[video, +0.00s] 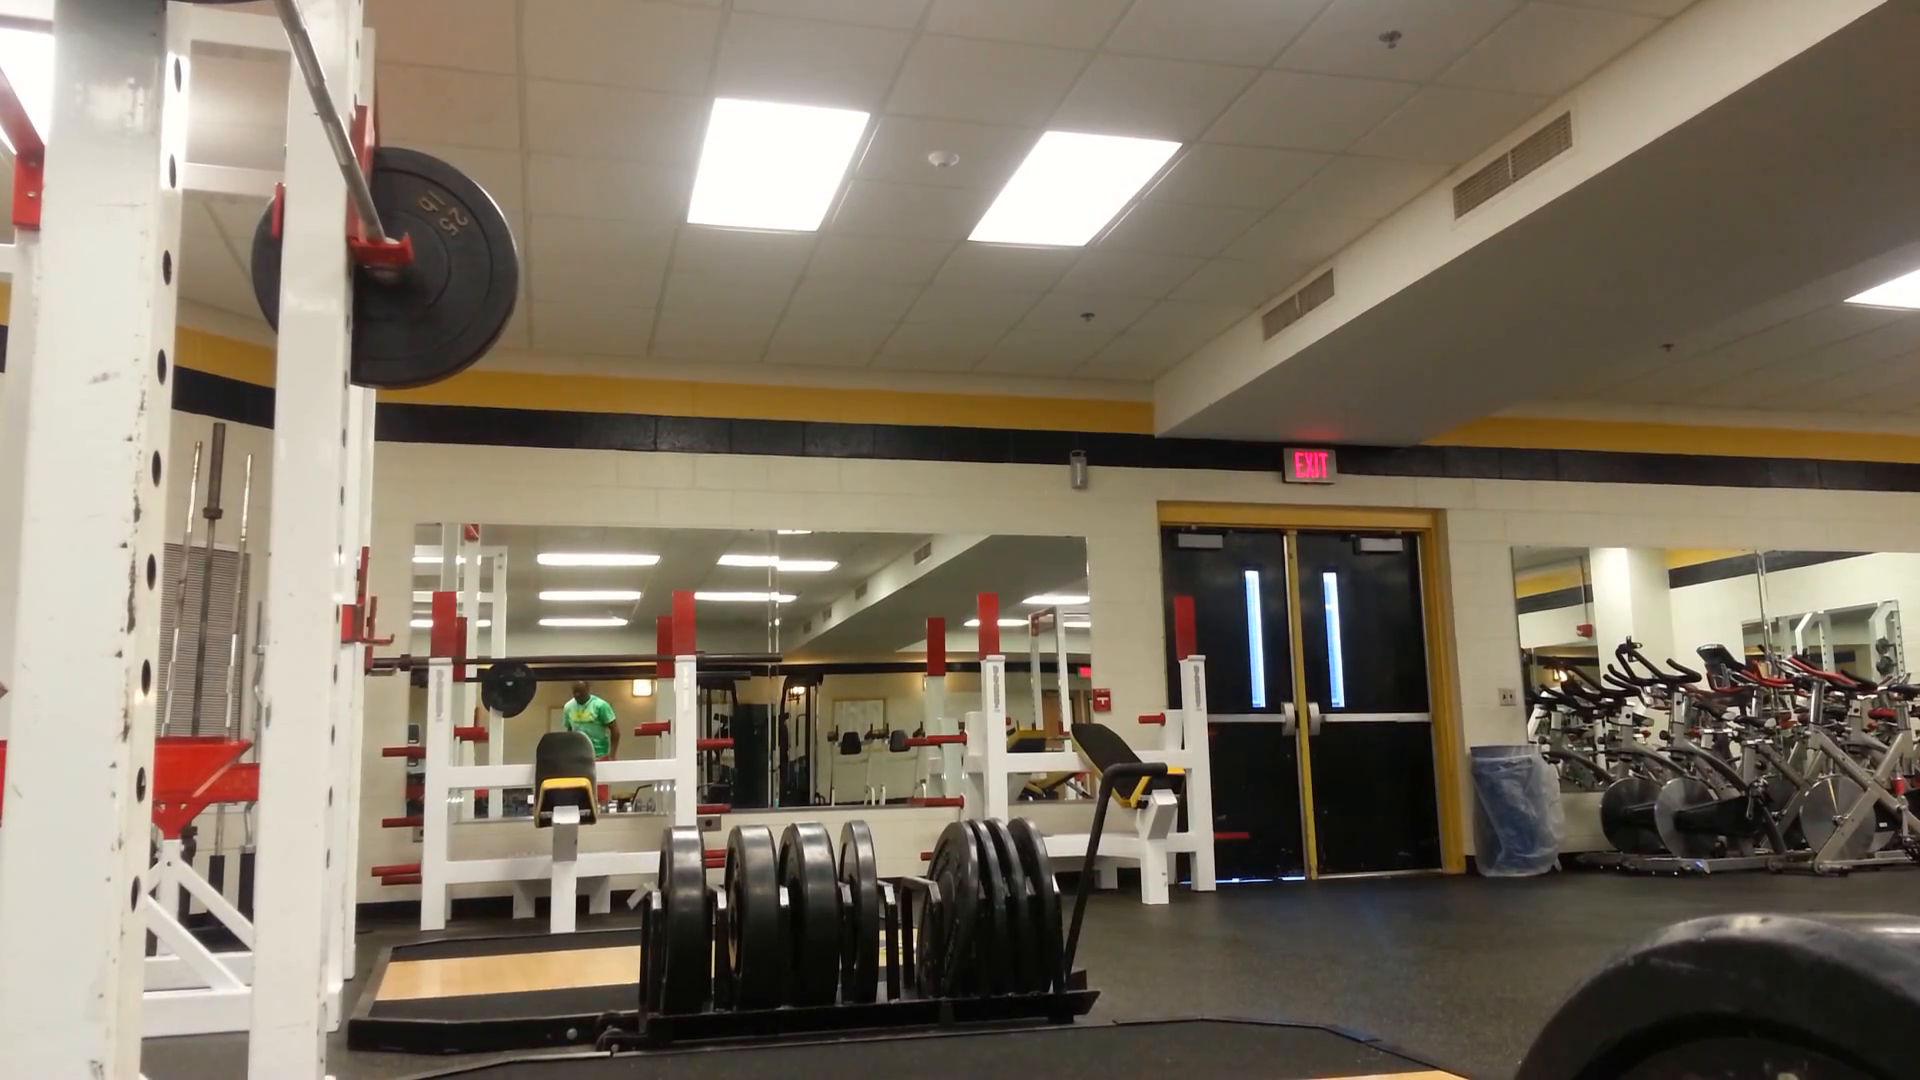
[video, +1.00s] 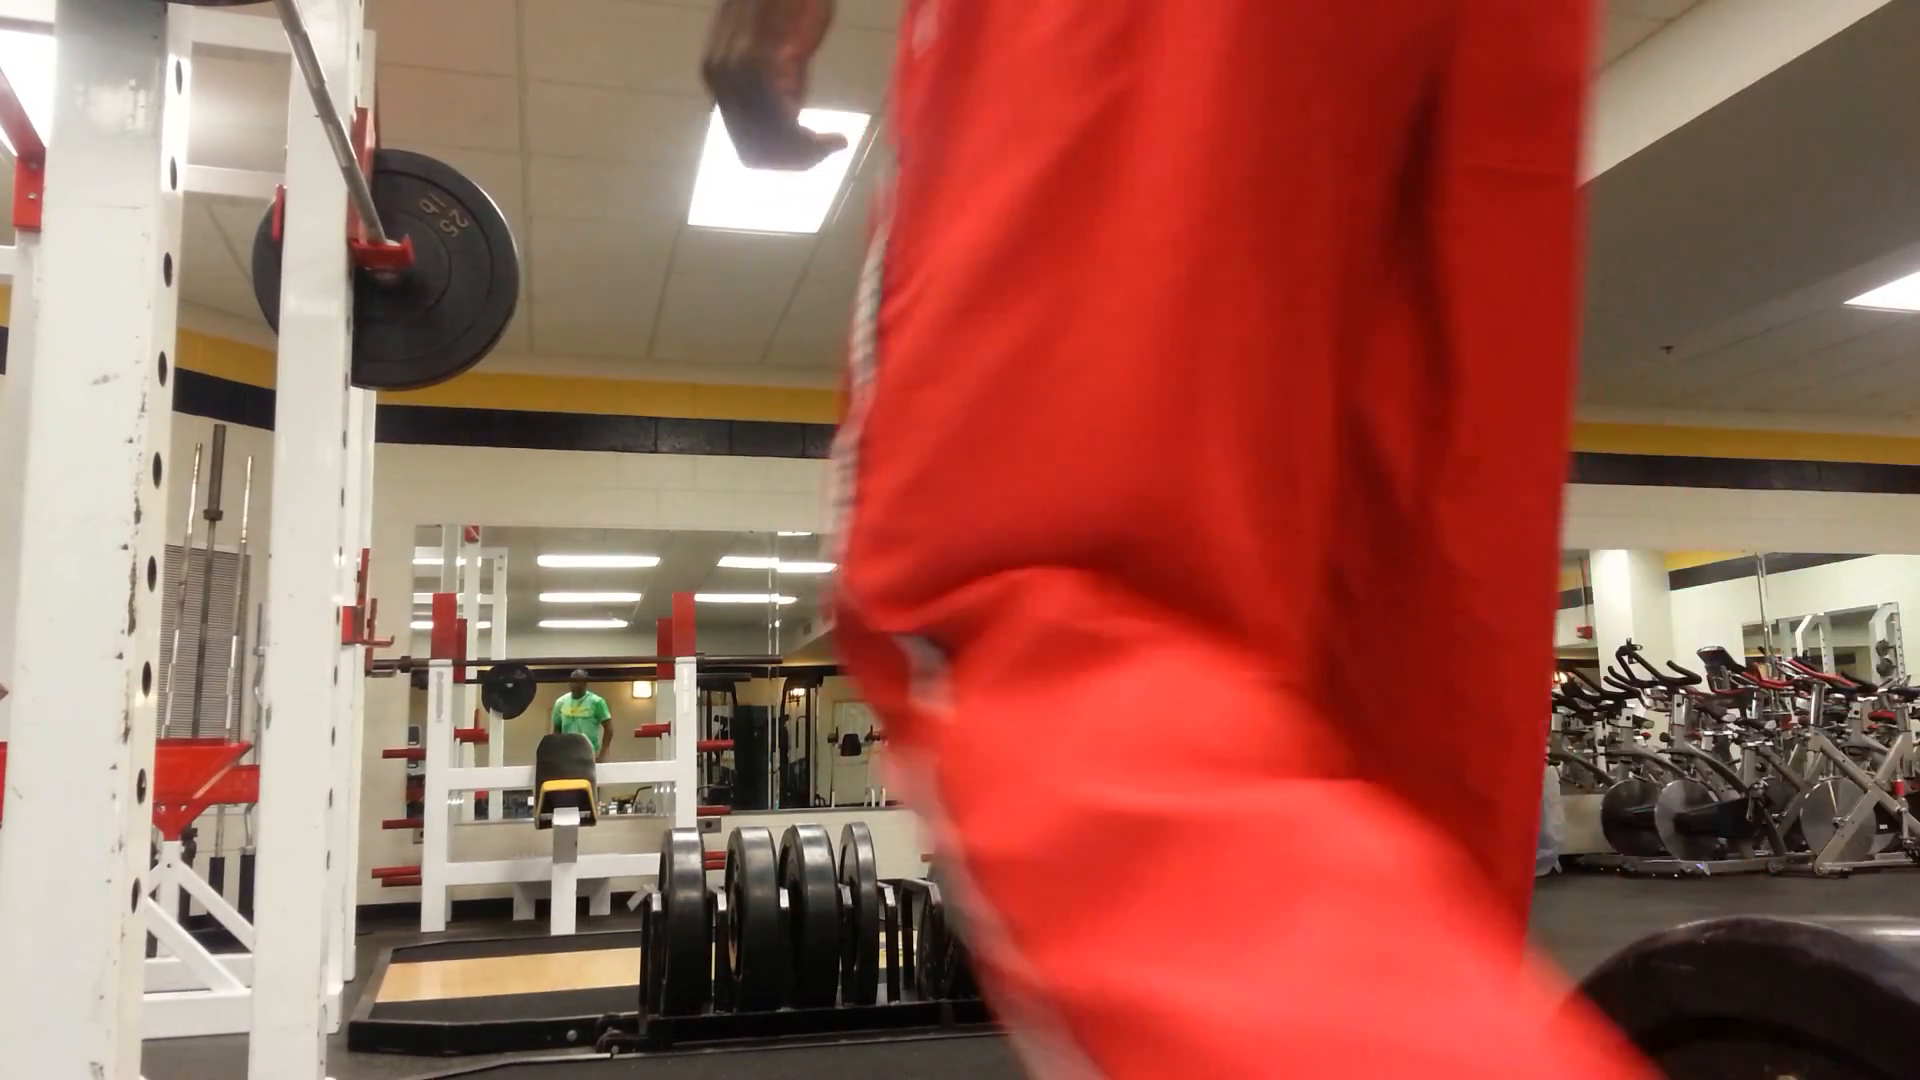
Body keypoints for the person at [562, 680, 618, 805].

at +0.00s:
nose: (577, 695)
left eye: (580, 691)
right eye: (575, 691)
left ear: (588, 689)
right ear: (572, 691)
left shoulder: (601, 706)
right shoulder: (568, 707)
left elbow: (615, 730)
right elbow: (569, 732)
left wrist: (612, 756)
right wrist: (569, 754)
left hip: (600, 757)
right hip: (578, 757)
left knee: (601, 797)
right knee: (580, 794)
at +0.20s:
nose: (576, 690)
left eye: (579, 686)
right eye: (574, 687)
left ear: (586, 685)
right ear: (571, 687)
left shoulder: (598, 702)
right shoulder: (566, 703)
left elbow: (612, 727)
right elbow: (564, 728)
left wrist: (606, 752)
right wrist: (563, 749)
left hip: (594, 752)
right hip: (573, 751)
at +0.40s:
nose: (575, 689)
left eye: (578, 686)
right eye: (573, 686)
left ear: (585, 685)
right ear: (570, 686)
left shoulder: (597, 701)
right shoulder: (563, 703)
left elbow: (610, 725)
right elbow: (560, 729)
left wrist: (605, 752)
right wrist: (559, 751)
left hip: (593, 752)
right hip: (571, 752)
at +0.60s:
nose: (574, 689)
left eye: (578, 686)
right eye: (573, 685)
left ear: (586, 686)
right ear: (570, 686)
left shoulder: (596, 704)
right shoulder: (562, 705)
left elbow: (608, 729)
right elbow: (560, 731)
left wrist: (605, 756)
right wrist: (559, 753)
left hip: (590, 753)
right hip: (568, 753)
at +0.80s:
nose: (577, 689)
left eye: (581, 685)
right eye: (575, 685)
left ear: (587, 686)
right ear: (572, 686)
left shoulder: (596, 707)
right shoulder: (561, 705)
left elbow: (607, 733)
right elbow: (557, 732)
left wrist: (602, 759)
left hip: (588, 755)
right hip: (565, 754)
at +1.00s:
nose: (576, 686)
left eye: (579, 682)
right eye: (573, 682)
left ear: (585, 683)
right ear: (570, 683)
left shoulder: (597, 702)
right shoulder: (560, 703)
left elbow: (609, 729)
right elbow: (557, 731)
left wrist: (602, 755)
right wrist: (556, 753)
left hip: (590, 752)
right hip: (567, 752)